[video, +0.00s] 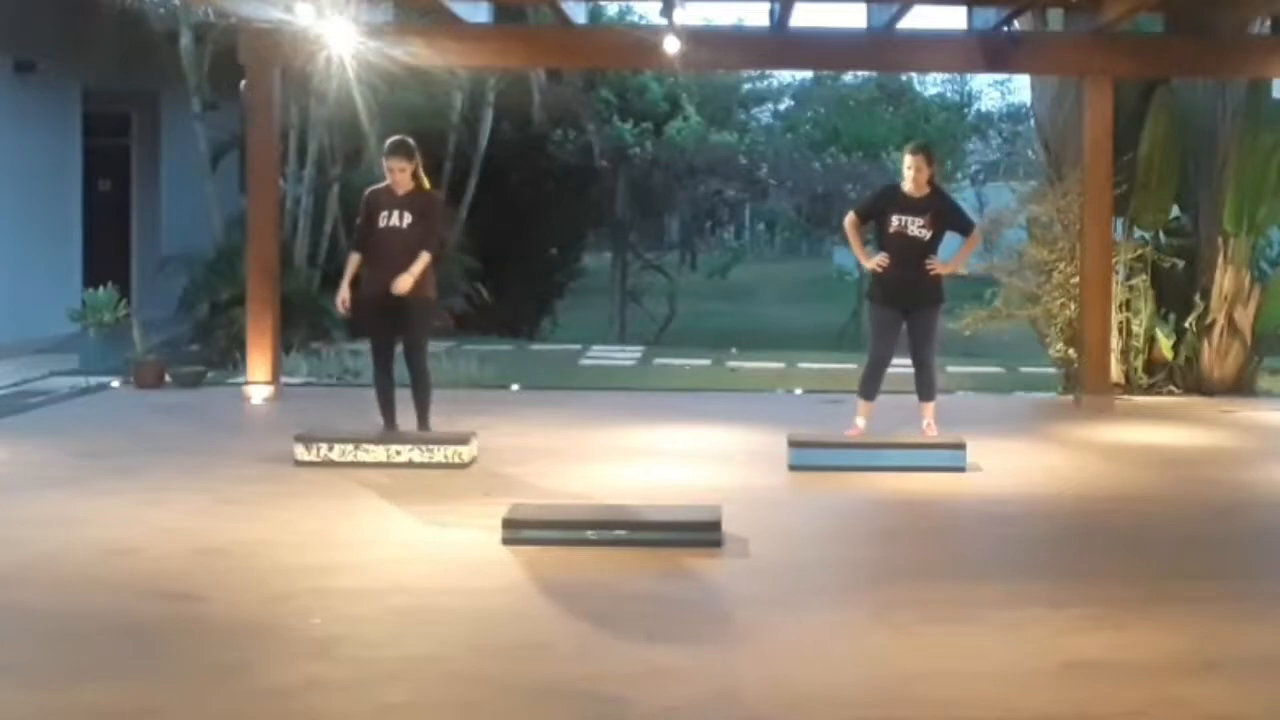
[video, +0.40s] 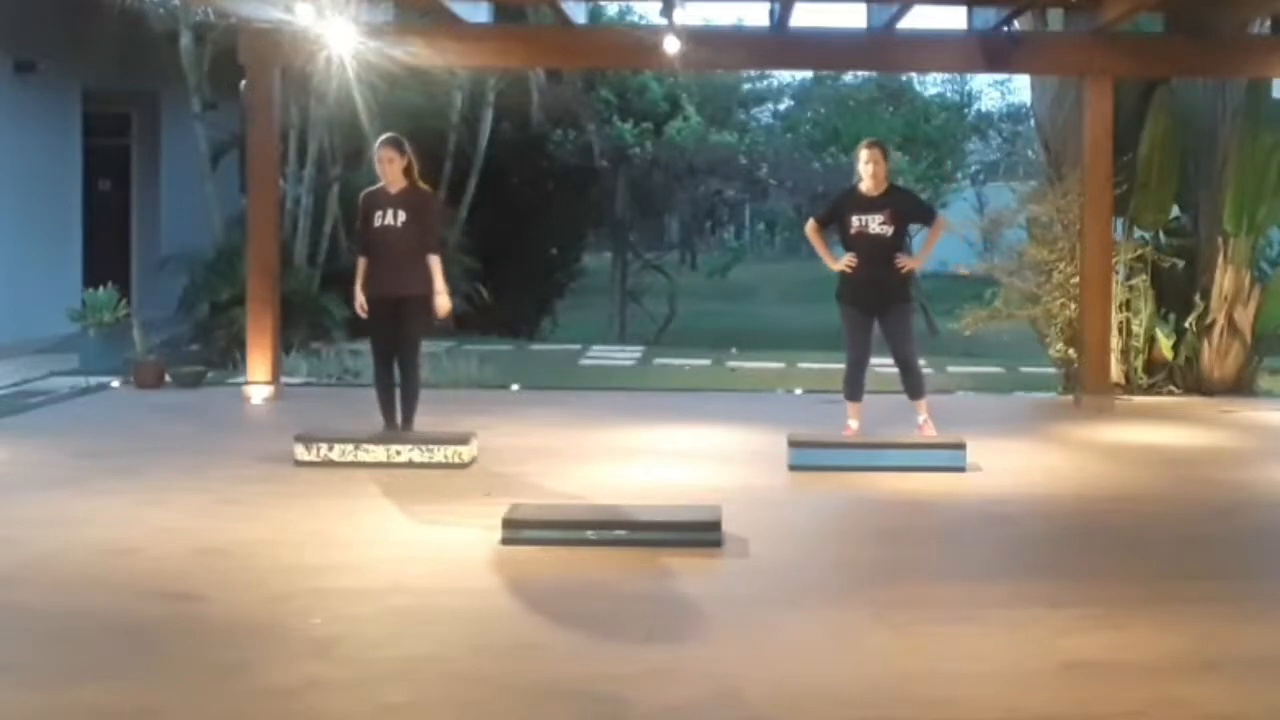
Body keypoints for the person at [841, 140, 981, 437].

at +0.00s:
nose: (911, 174)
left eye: (918, 169)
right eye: (908, 168)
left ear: (931, 170)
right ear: (902, 168)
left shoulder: (940, 202)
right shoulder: (887, 196)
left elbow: (974, 234)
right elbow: (851, 221)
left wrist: (952, 265)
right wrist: (865, 258)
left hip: (924, 288)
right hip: (887, 286)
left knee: (924, 356)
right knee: (880, 354)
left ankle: (928, 419)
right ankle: (861, 418)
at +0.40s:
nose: (870, 167)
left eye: (875, 161)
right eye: (865, 162)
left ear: (886, 165)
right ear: (858, 167)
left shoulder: (902, 198)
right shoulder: (846, 200)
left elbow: (939, 223)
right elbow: (812, 227)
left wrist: (919, 259)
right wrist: (832, 261)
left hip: (893, 286)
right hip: (855, 287)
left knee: (905, 355)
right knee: (856, 356)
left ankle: (923, 416)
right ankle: (853, 419)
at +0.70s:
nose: (857, 162)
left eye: (863, 157)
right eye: (853, 157)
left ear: (874, 162)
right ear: (846, 163)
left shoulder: (890, 195)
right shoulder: (837, 200)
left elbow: (926, 216)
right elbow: (801, 221)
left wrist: (910, 251)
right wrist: (824, 255)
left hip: (888, 286)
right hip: (850, 287)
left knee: (900, 355)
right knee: (854, 356)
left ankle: (917, 421)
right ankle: (852, 420)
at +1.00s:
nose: (870, 161)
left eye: (875, 156)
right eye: (865, 156)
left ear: (886, 162)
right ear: (858, 163)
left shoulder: (903, 198)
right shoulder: (847, 200)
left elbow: (940, 225)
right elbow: (816, 227)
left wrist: (922, 261)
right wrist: (836, 259)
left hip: (895, 286)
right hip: (858, 287)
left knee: (901, 358)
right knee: (858, 357)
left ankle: (913, 426)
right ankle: (854, 422)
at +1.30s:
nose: (890, 161)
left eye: (895, 156)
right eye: (886, 156)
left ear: (908, 163)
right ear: (879, 163)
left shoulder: (923, 199)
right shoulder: (866, 198)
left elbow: (961, 229)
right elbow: (838, 228)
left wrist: (940, 263)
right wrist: (853, 261)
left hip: (912, 290)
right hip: (875, 288)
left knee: (912, 359)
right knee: (866, 357)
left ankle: (916, 427)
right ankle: (853, 419)